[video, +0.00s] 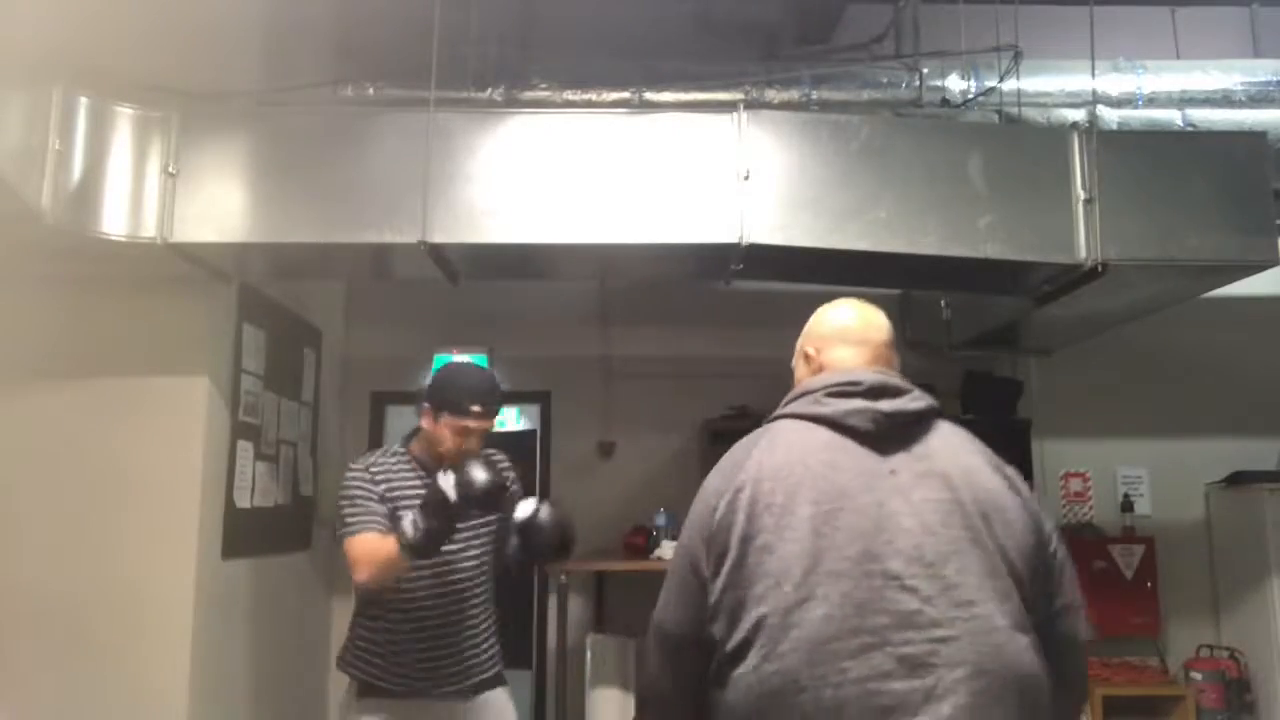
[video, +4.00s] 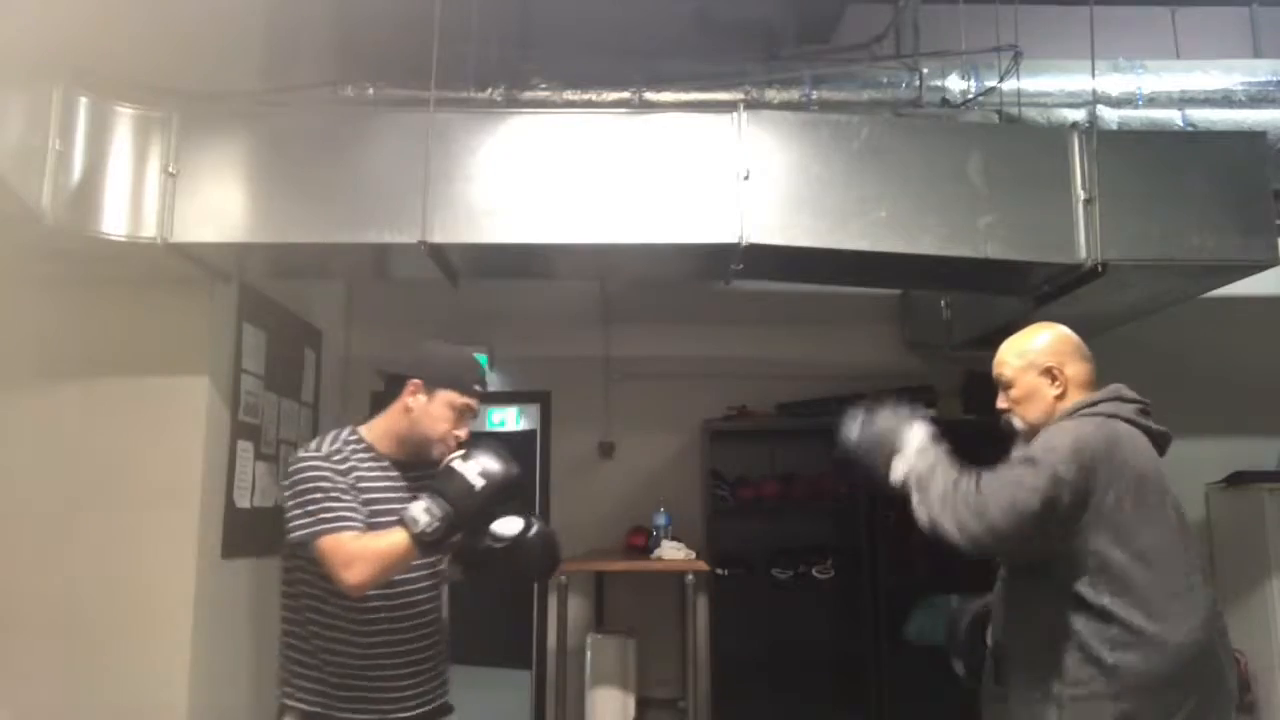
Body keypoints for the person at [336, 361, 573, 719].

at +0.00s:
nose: (473, 447)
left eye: (483, 435)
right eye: (462, 432)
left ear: (491, 427)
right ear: (427, 416)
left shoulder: (495, 468)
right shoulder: (369, 474)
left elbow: (511, 551)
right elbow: (365, 569)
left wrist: (537, 540)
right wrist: (430, 523)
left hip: (480, 688)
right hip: (390, 694)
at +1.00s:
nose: (575, 453)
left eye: (588, 441)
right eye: (564, 440)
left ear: (603, 435)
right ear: (544, 431)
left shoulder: (638, 479)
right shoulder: (515, 489)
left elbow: (671, 553)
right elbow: (493, 583)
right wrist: (527, 539)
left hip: (626, 674)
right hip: (550, 680)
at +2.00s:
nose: (571, 446)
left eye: (581, 437)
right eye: (562, 432)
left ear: (591, 432)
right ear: (532, 417)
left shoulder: (601, 469)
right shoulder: (480, 473)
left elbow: (619, 559)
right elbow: (473, 560)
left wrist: (635, 538)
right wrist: (529, 509)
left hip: (592, 683)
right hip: (510, 687)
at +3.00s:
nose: (527, 451)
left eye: (533, 440)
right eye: (520, 432)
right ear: (477, 412)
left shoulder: (497, 492)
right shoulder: (390, 480)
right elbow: (382, 594)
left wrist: (548, 573)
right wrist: (477, 556)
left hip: (488, 704)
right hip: (405, 707)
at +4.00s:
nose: (465, 434)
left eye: (470, 421)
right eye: (460, 413)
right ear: (413, 395)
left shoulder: (428, 473)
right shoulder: (321, 464)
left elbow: (444, 560)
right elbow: (352, 570)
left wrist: (499, 556)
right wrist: (441, 507)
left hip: (425, 704)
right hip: (333, 709)